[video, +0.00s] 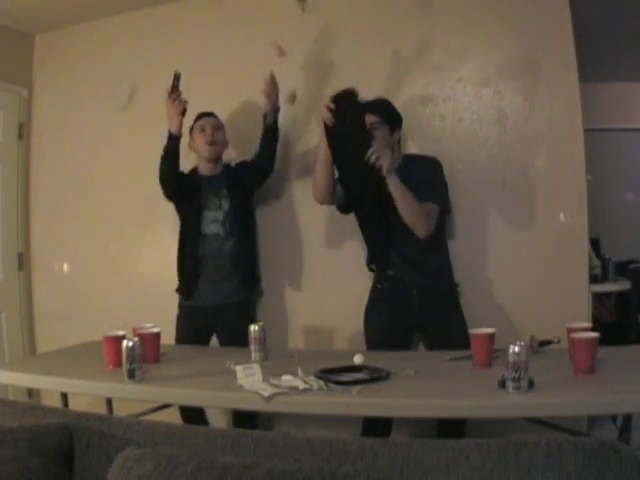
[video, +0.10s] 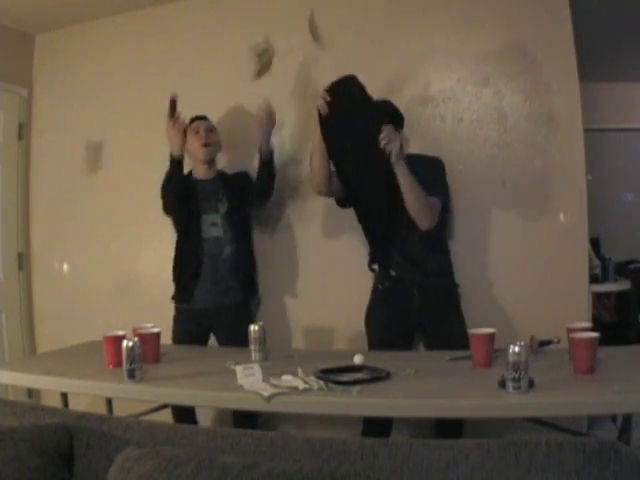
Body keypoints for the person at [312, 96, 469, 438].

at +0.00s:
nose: (369, 136)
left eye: (376, 128)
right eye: (364, 130)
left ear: (396, 132)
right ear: (358, 137)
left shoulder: (426, 169)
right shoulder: (362, 179)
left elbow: (424, 226)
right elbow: (323, 194)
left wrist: (390, 174)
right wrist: (329, 136)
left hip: (435, 291)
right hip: (387, 294)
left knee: (457, 379)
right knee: (380, 383)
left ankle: (452, 468)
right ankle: (368, 472)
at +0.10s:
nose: (379, 140)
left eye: (384, 130)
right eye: (373, 133)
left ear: (400, 131)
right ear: (365, 139)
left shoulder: (429, 168)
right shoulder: (365, 178)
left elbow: (426, 219)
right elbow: (321, 185)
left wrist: (398, 163)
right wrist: (323, 127)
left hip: (435, 288)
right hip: (389, 290)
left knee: (454, 378)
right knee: (381, 381)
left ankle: (449, 467)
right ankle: (368, 469)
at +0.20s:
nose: (384, 133)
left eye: (388, 124)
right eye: (376, 127)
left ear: (403, 126)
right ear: (366, 135)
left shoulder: (431, 166)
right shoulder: (366, 175)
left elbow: (434, 209)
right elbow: (317, 180)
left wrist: (406, 153)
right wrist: (323, 120)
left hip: (435, 288)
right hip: (389, 291)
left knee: (452, 380)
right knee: (380, 382)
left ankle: (448, 469)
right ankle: (369, 470)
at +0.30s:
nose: (379, 132)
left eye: (387, 125)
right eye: (372, 126)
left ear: (406, 130)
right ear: (366, 133)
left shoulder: (433, 165)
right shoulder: (365, 173)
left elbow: (432, 194)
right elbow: (317, 171)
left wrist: (397, 141)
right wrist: (328, 111)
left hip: (436, 287)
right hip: (389, 289)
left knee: (450, 377)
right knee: (380, 379)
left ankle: (445, 467)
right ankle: (370, 468)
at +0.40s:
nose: (382, 137)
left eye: (390, 127)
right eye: (377, 131)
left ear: (412, 129)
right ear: (372, 136)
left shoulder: (437, 164)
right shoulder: (366, 173)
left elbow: (415, 177)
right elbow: (322, 159)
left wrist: (368, 124)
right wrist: (333, 105)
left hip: (435, 287)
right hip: (388, 289)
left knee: (448, 378)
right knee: (380, 379)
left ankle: (444, 463)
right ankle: (369, 463)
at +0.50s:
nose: (382, 134)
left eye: (391, 126)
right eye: (378, 127)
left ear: (416, 134)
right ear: (374, 132)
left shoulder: (440, 164)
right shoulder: (370, 171)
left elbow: (403, 164)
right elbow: (333, 148)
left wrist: (358, 115)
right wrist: (329, 103)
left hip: (436, 293)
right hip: (389, 294)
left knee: (448, 386)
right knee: (378, 388)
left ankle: (444, 469)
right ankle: (367, 469)